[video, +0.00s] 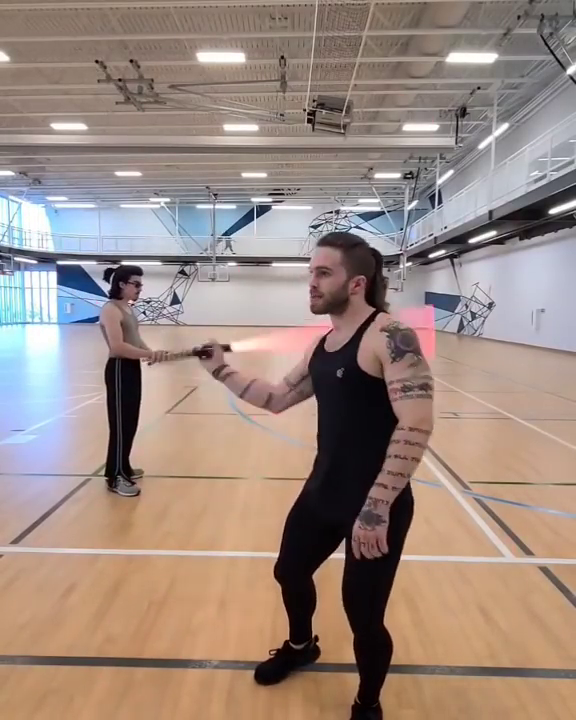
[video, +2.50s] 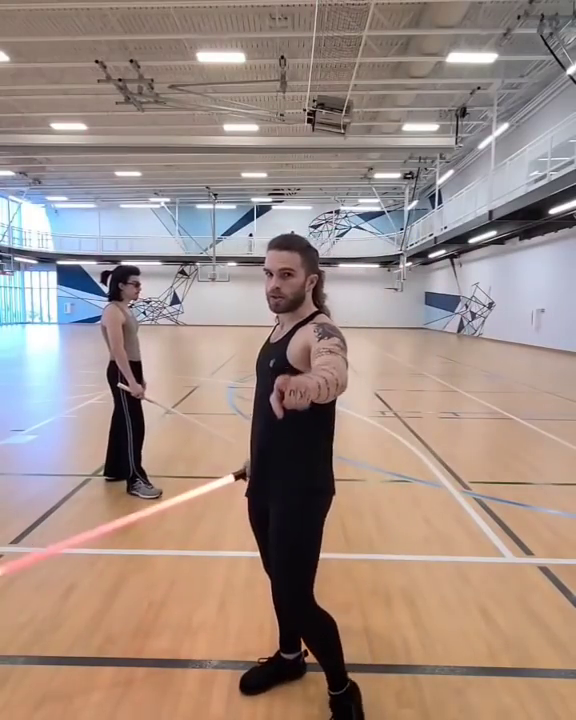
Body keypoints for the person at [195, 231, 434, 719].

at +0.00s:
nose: (312, 281)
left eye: (324, 273)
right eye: (312, 272)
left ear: (358, 282)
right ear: (317, 277)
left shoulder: (391, 336)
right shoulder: (328, 343)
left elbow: (417, 426)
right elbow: (277, 396)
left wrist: (375, 508)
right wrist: (222, 370)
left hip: (377, 497)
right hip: (328, 486)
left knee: (363, 612)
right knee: (291, 569)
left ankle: (368, 702)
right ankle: (301, 643)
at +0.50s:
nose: (327, 274)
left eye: (340, 265)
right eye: (328, 264)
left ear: (374, 277)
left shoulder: (409, 340)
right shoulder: (320, 326)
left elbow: (405, 432)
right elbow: (273, 382)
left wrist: (335, 472)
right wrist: (214, 378)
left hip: (377, 494)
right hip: (322, 483)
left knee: (368, 605)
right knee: (290, 565)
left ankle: (367, 700)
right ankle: (297, 642)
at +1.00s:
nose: (361, 276)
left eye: (375, 264)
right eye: (352, 264)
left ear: (399, 273)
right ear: (342, 269)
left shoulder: (418, 354)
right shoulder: (306, 325)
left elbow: (424, 443)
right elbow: (241, 375)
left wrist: (364, 493)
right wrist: (199, 410)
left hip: (374, 494)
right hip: (311, 482)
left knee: (367, 606)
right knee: (286, 568)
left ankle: (366, 699)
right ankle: (298, 639)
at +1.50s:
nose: (327, 277)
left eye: (340, 266)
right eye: (319, 267)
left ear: (362, 271)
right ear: (311, 274)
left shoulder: (392, 335)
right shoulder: (317, 341)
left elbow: (428, 419)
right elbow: (284, 405)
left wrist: (380, 494)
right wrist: (222, 388)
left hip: (369, 495)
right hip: (316, 486)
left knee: (365, 610)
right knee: (281, 573)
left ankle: (367, 700)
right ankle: (296, 640)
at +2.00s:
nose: (288, 275)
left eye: (301, 265)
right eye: (282, 266)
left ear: (328, 275)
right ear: (277, 275)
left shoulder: (344, 333)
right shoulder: (286, 332)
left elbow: (377, 394)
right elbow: (280, 415)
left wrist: (307, 368)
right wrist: (268, 477)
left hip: (321, 491)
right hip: (275, 485)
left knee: (336, 599)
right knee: (283, 576)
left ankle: (364, 696)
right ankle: (290, 655)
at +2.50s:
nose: (274, 283)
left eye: (286, 275)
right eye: (269, 274)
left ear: (312, 280)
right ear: (263, 276)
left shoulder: (322, 331)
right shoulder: (281, 331)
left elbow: (331, 375)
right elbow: (271, 412)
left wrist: (296, 385)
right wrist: (255, 462)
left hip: (303, 483)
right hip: (268, 478)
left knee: (298, 599)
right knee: (280, 574)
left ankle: (342, 690)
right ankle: (289, 655)